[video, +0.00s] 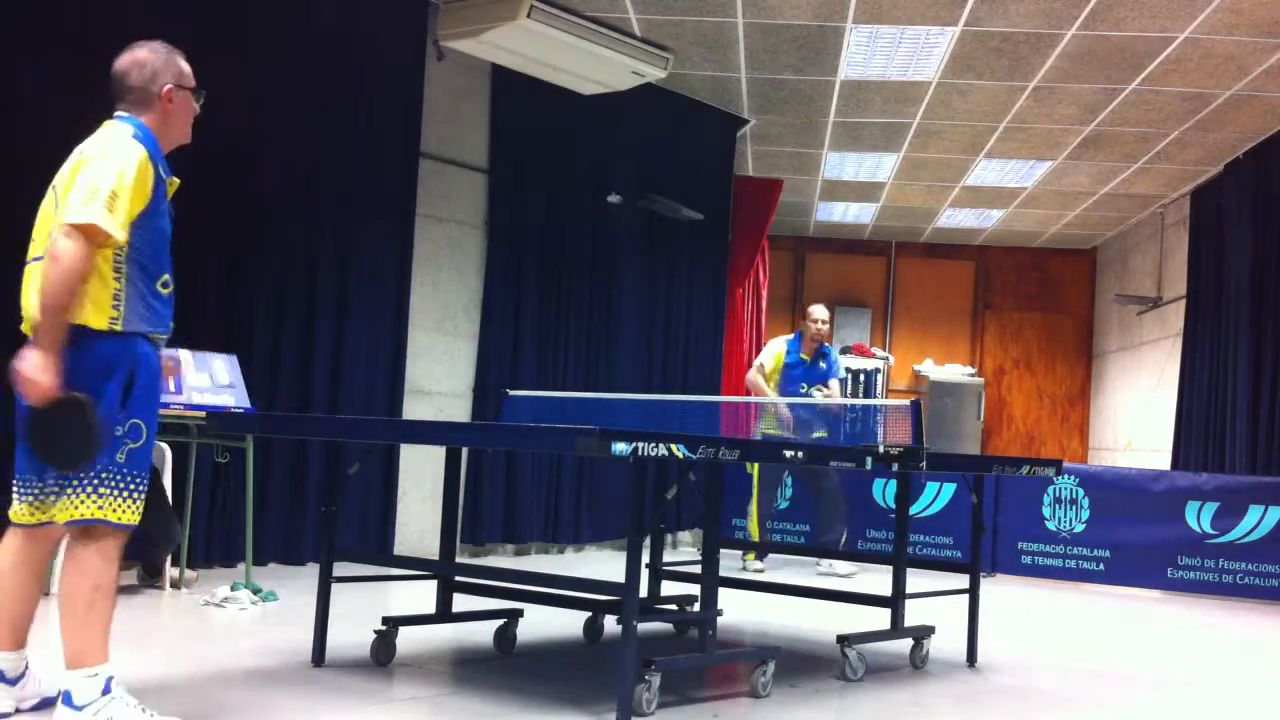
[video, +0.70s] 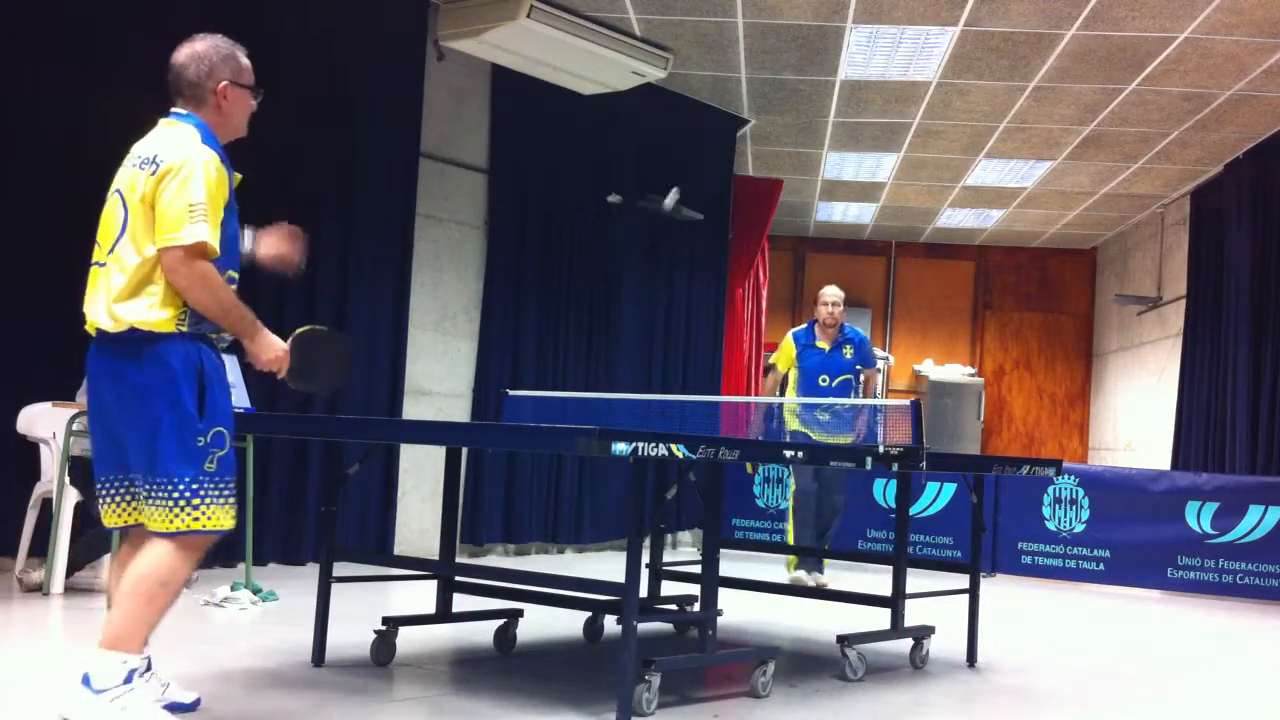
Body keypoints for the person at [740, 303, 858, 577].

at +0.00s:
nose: (820, 327)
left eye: (825, 322)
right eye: (815, 321)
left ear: (830, 327)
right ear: (803, 323)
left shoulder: (830, 356)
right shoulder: (780, 346)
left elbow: (836, 400)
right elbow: (753, 377)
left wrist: (828, 397)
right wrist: (777, 404)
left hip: (812, 436)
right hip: (773, 433)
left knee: (829, 488)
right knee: (764, 490)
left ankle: (829, 556)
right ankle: (754, 553)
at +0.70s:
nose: (831, 310)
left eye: (836, 305)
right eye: (826, 305)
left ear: (844, 310)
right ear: (816, 308)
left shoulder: (858, 340)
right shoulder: (796, 338)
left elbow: (870, 378)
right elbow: (774, 377)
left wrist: (864, 415)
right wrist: (759, 419)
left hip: (840, 436)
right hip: (802, 431)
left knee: (833, 498)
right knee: (806, 491)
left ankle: (815, 563)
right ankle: (802, 564)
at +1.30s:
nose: (843, 297)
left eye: (850, 291)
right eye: (838, 292)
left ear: (862, 296)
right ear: (830, 297)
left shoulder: (882, 330)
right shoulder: (814, 332)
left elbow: (897, 369)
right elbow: (798, 376)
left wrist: (895, 407)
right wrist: (815, 396)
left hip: (868, 437)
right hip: (823, 438)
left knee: (867, 506)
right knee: (821, 506)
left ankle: (876, 582)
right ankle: (816, 575)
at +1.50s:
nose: (862, 293)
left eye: (870, 287)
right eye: (857, 287)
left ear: (883, 292)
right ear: (849, 292)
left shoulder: (902, 330)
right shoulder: (831, 331)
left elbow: (918, 375)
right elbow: (809, 379)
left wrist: (915, 418)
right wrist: (830, 397)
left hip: (888, 441)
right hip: (840, 440)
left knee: (883, 514)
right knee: (829, 509)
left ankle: (872, 592)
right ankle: (820, 566)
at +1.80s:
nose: (869, 288)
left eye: (877, 281)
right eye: (864, 282)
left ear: (894, 285)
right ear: (858, 287)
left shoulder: (920, 321)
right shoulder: (846, 328)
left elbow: (953, 365)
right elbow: (829, 376)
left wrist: (941, 408)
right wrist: (824, 408)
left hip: (905, 439)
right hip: (859, 438)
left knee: (895, 517)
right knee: (864, 513)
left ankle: (880, 601)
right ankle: (859, 602)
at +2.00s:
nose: (873, 291)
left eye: (881, 283)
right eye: (867, 284)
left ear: (899, 287)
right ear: (862, 289)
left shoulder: (928, 320)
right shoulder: (854, 333)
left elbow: (967, 364)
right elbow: (838, 383)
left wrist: (954, 409)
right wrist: (833, 409)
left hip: (925, 441)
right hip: (872, 443)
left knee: (948, 503)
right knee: (862, 520)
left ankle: (922, 572)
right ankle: (865, 606)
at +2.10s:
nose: (879, 289)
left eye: (887, 281)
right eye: (874, 282)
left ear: (906, 284)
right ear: (869, 287)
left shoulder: (936, 315)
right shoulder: (862, 329)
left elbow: (982, 351)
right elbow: (850, 379)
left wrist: (967, 395)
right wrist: (848, 403)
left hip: (936, 432)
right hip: (886, 438)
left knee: (961, 504)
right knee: (864, 514)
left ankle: (966, 592)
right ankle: (865, 606)